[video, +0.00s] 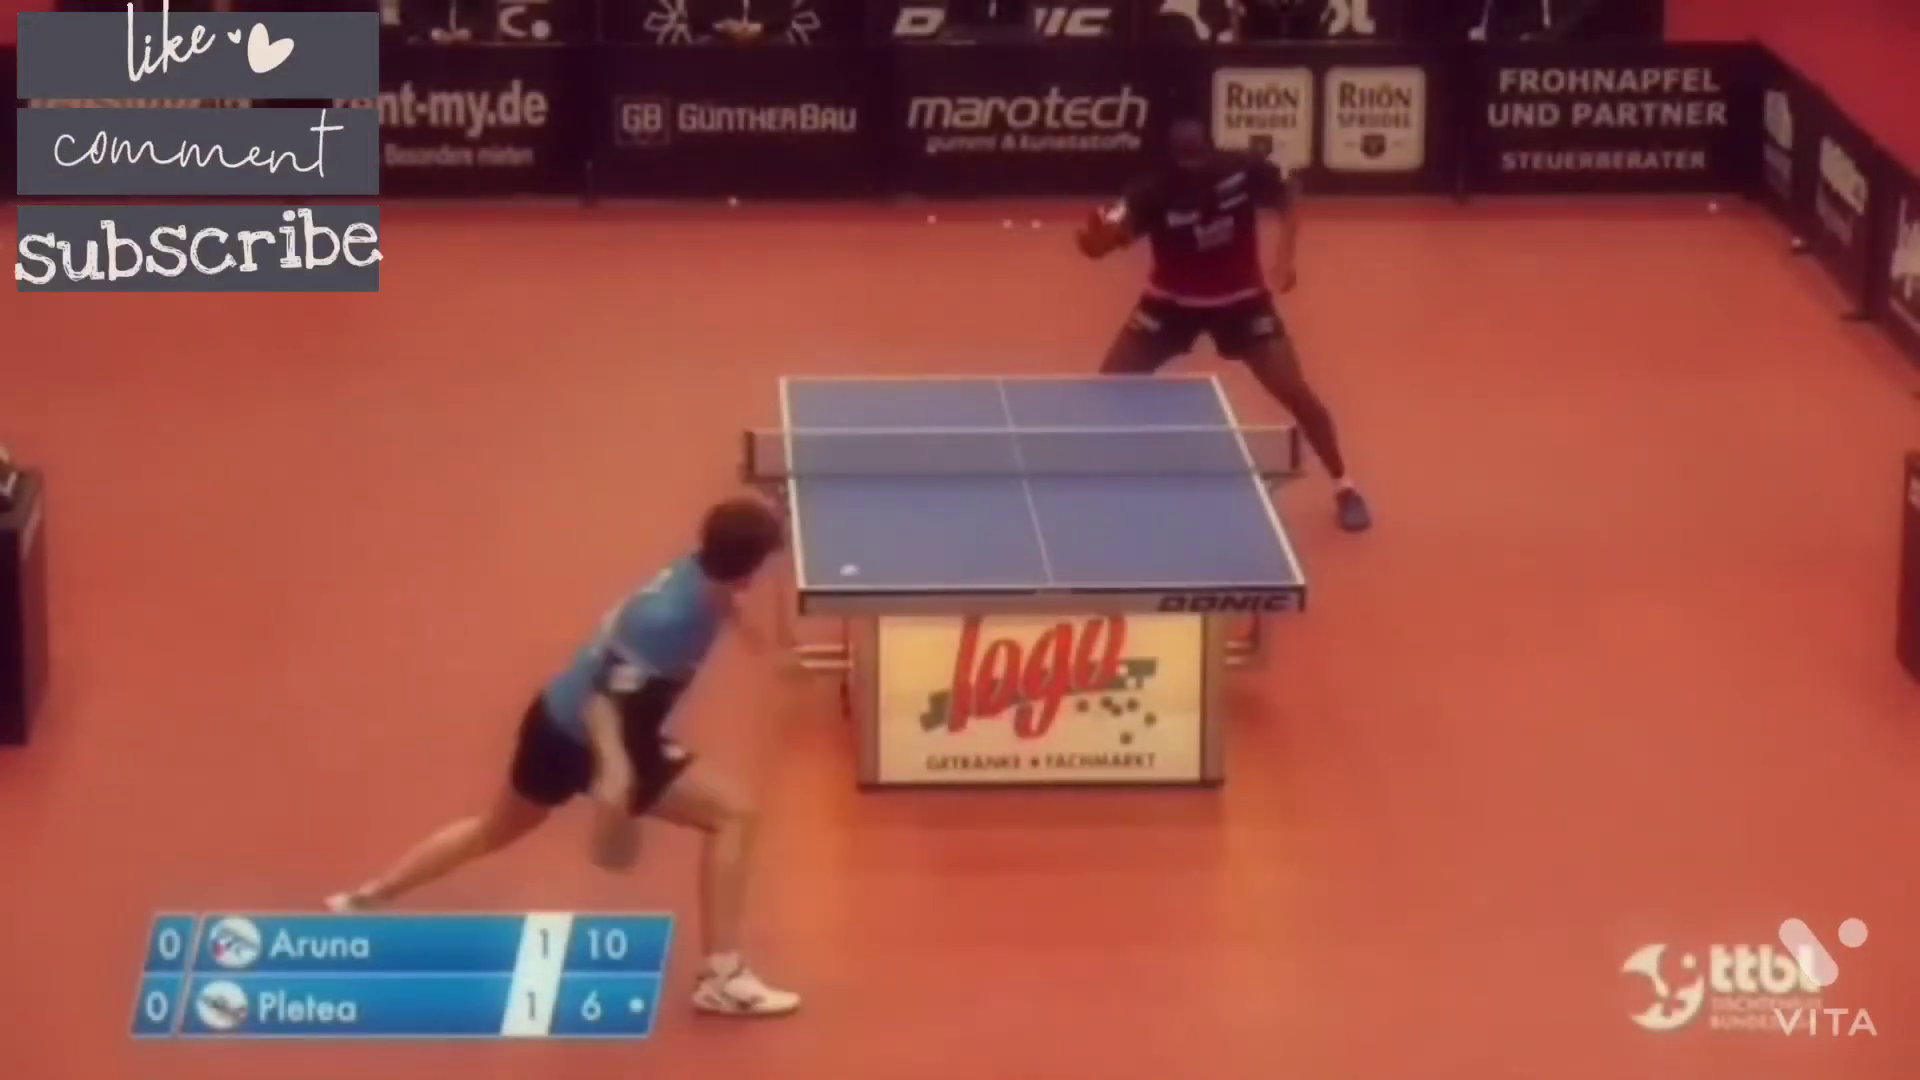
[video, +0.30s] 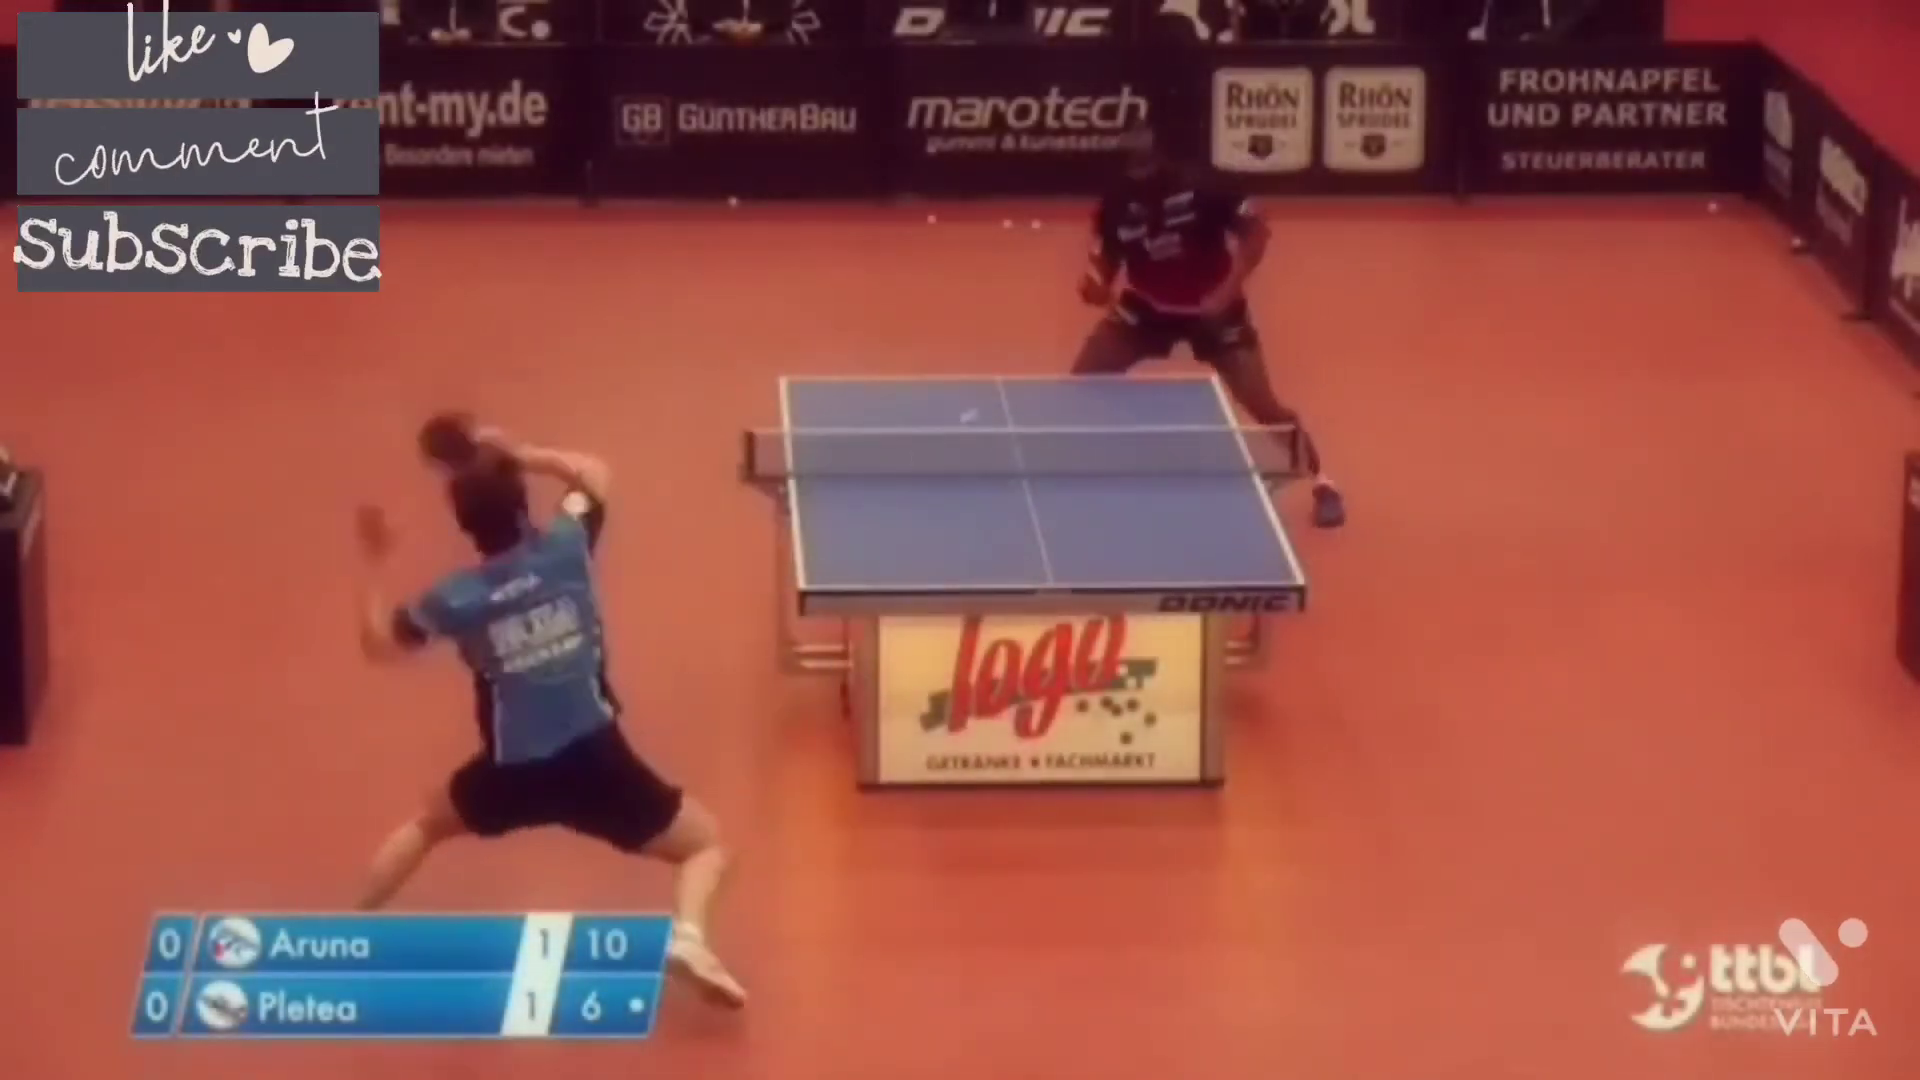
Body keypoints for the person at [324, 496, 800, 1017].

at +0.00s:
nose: (769, 568)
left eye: (770, 557)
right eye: (767, 559)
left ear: (710, 543)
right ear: (749, 569)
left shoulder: (697, 578)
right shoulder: (668, 617)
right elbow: (604, 704)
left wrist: (761, 645)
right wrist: (617, 780)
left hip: (561, 722)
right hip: (597, 740)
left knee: (495, 828)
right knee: (734, 816)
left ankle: (364, 898)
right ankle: (723, 973)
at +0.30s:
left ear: (464, 523)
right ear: (523, 508)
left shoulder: (461, 598)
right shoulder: (566, 549)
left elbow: (378, 640)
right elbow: (594, 476)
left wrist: (371, 560)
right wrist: (518, 452)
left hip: (513, 779)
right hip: (595, 769)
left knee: (425, 827)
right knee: (705, 845)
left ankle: (349, 927)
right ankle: (690, 935)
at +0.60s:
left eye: (607, 490)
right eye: (646, 489)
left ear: (592, 502)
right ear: (652, 501)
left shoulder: (561, 570)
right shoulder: (681, 578)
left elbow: (498, 631)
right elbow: (753, 647)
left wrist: (483, 702)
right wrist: (764, 584)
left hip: (558, 763)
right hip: (646, 763)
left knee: (466, 836)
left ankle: (372, 935)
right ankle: (790, 971)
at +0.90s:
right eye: (808, 543)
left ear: (755, 546)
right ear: (813, 557)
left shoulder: (709, 603)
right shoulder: (822, 637)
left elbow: (666, 640)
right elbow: (877, 711)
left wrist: (726, 645)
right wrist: (820, 703)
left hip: (679, 799)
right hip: (764, 804)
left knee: (611, 842)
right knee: (889, 855)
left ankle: (553, 962)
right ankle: (923, 1004)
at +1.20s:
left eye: (725, 428)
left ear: (724, 436)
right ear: (784, 440)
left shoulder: (726, 485)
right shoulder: (796, 510)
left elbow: (723, 511)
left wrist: (654, 566)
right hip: (775, 694)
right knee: (854, 846)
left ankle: (526, 957)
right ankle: (927, 982)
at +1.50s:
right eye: (798, 474)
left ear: (741, 481)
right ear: (802, 484)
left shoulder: (706, 547)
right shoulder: (829, 561)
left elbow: (633, 587)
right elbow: (884, 632)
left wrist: (652, 624)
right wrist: (882, 592)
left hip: (709, 745)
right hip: (800, 746)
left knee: (611, 834)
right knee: (892, 834)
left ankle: (547, 960)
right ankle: (943, 975)